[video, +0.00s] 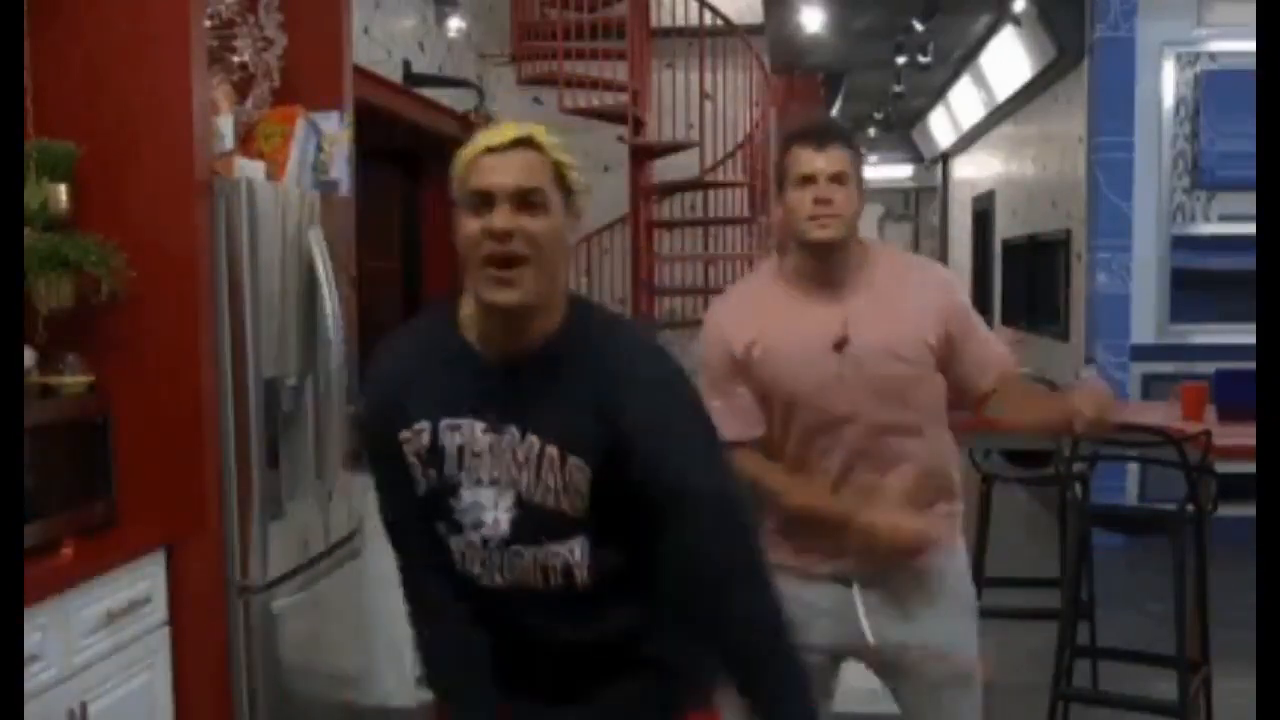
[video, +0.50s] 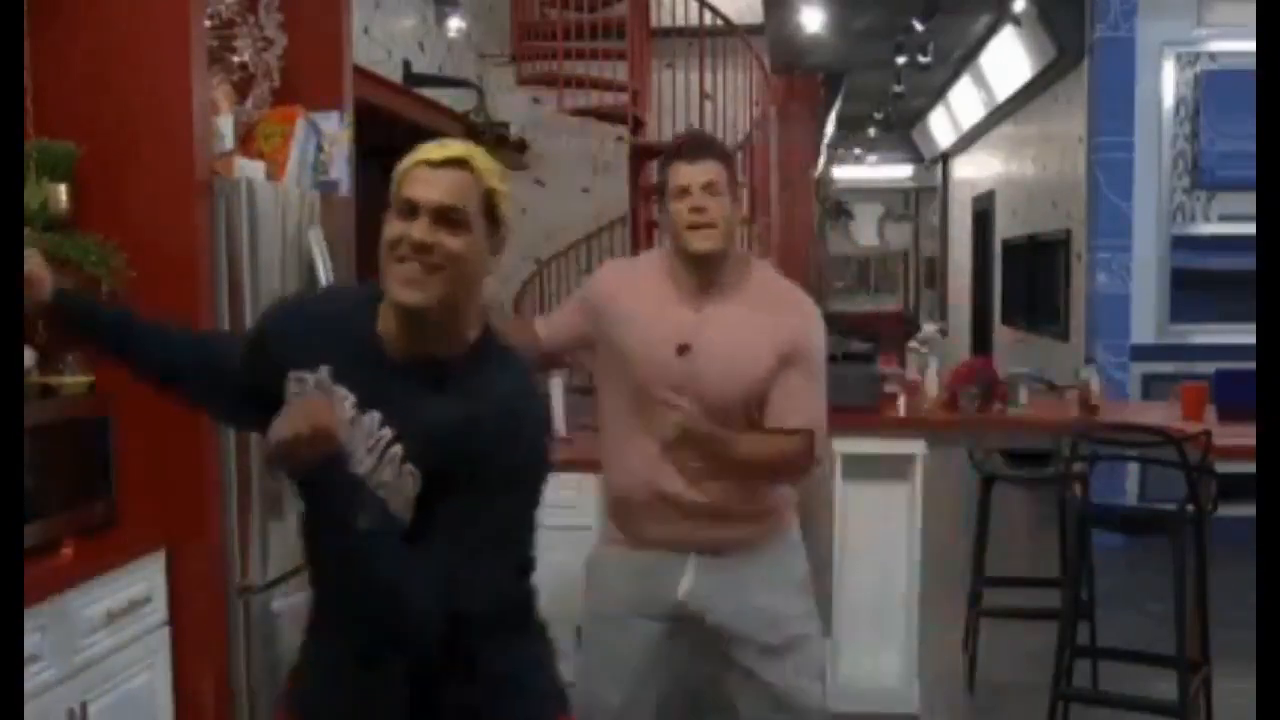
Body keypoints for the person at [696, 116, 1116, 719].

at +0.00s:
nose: (823, 195)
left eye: (838, 180)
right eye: (805, 182)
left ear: (860, 195)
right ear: (780, 203)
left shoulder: (927, 287)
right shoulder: (737, 316)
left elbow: (993, 390)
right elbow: (736, 454)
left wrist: (1067, 409)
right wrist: (855, 516)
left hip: (925, 573)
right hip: (797, 575)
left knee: (952, 711)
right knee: (778, 713)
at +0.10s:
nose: (822, 208)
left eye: (838, 195)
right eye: (804, 196)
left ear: (860, 211)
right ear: (779, 217)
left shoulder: (925, 309)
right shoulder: (733, 329)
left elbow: (985, 430)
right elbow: (727, 463)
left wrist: (1065, 487)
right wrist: (814, 556)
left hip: (912, 571)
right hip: (776, 572)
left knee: (947, 705)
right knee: (742, 703)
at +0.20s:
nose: (791, 195)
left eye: (807, 183)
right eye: (775, 184)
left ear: (830, 201)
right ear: (751, 203)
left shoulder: (883, 300)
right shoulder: (694, 309)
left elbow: (933, 426)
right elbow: (657, 443)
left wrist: (946, 555)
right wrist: (676, 551)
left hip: (869, 580)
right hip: (738, 580)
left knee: (895, 706)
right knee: (719, 709)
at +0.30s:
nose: (766, 190)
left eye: (781, 177)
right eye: (750, 177)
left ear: (805, 196)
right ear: (728, 193)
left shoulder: (850, 292)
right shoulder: (667, 289)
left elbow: (894, 421)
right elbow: (621, 417)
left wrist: (859, 529)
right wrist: (629, 542)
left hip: (825, 575)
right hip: (695, 577)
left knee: (883, 709)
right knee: (678, 712)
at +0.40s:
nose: (716, 209)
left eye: (731, 196)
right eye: (701, 197)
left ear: (754, 211)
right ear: (681, 213)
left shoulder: (806, 325)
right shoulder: (625, 300)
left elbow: (808, 461)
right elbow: (554, 388)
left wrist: (749, 464)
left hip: (771, 579)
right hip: (646, 579)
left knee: (819, 707)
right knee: (634, 711)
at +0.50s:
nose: (698, 206)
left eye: (712, 192)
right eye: (682, 195)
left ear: (739, 207)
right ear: (662, 212)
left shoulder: (790, 311)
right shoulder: (616, 287)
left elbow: (796, 450)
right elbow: (534, 344)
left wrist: (713, 440)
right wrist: (475, 321)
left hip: (757, 562)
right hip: (635, 558)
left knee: (797, 707)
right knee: (610, 710)